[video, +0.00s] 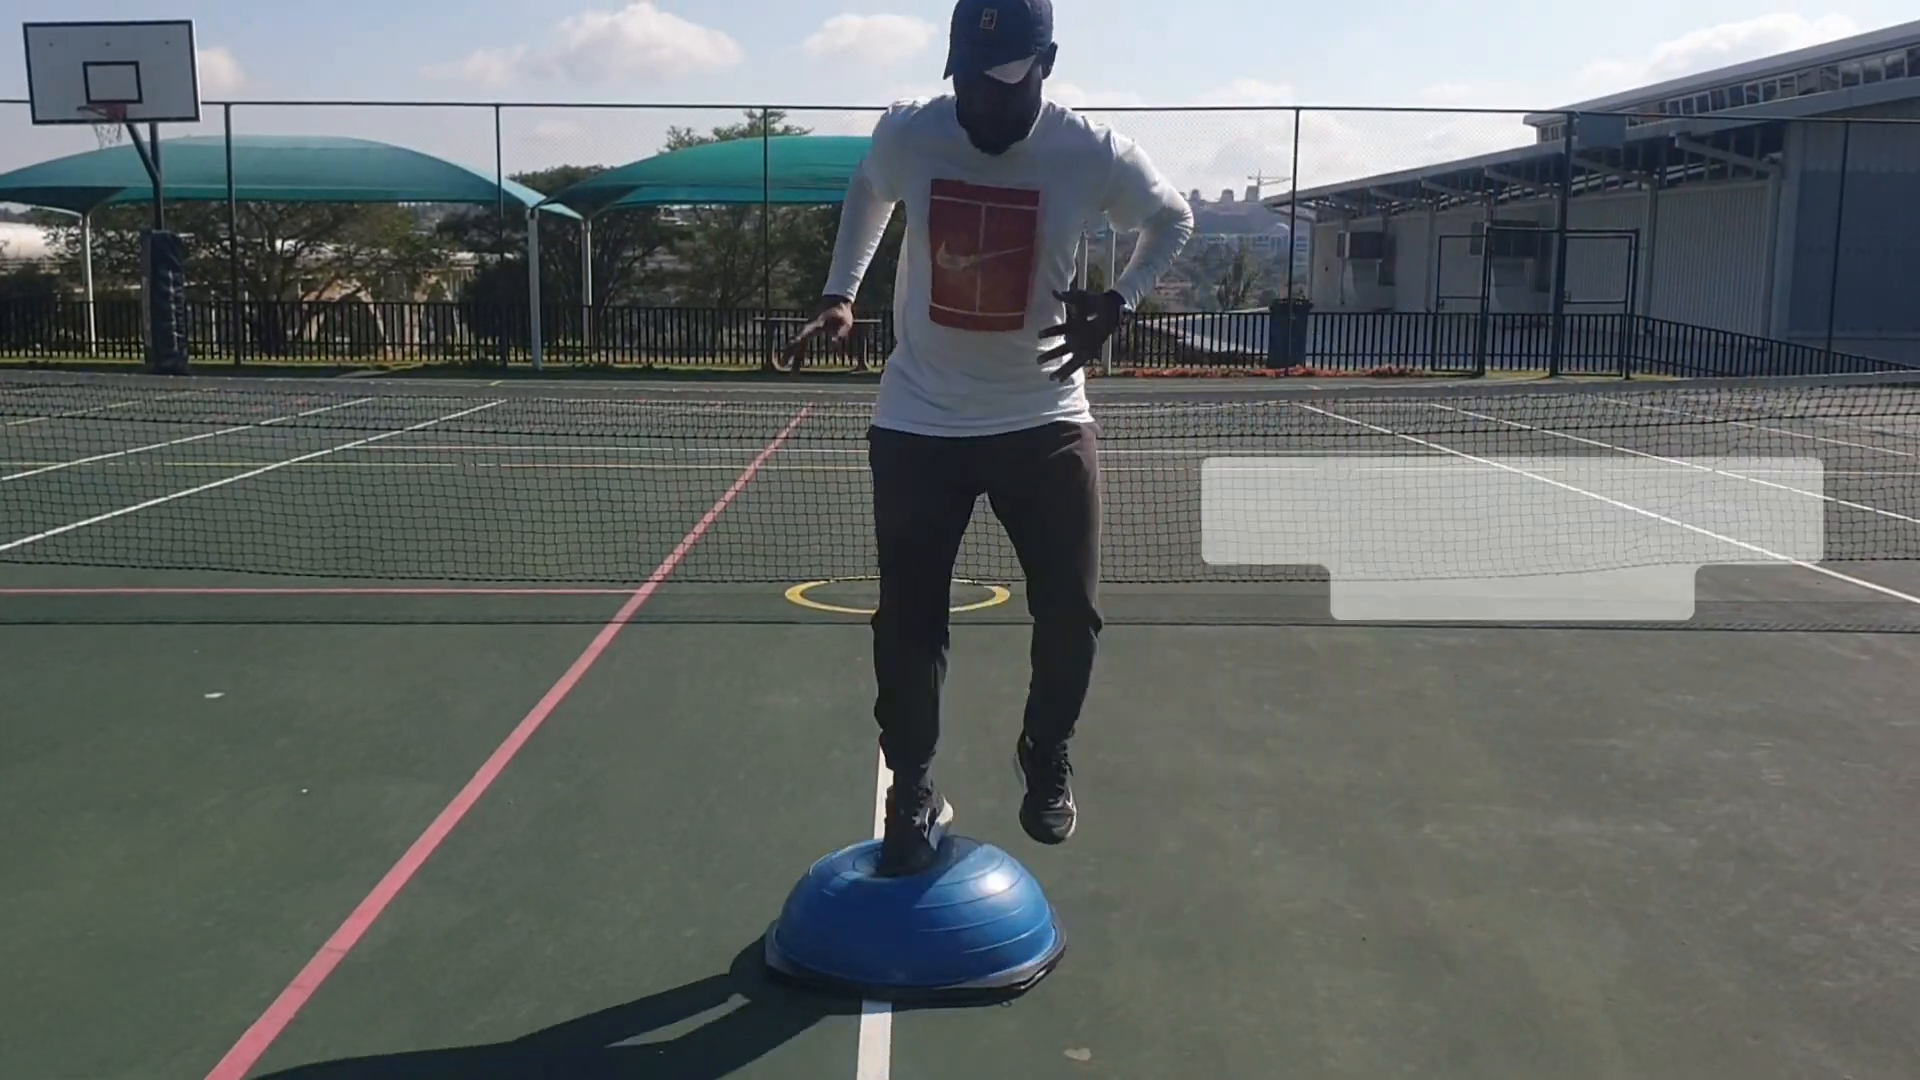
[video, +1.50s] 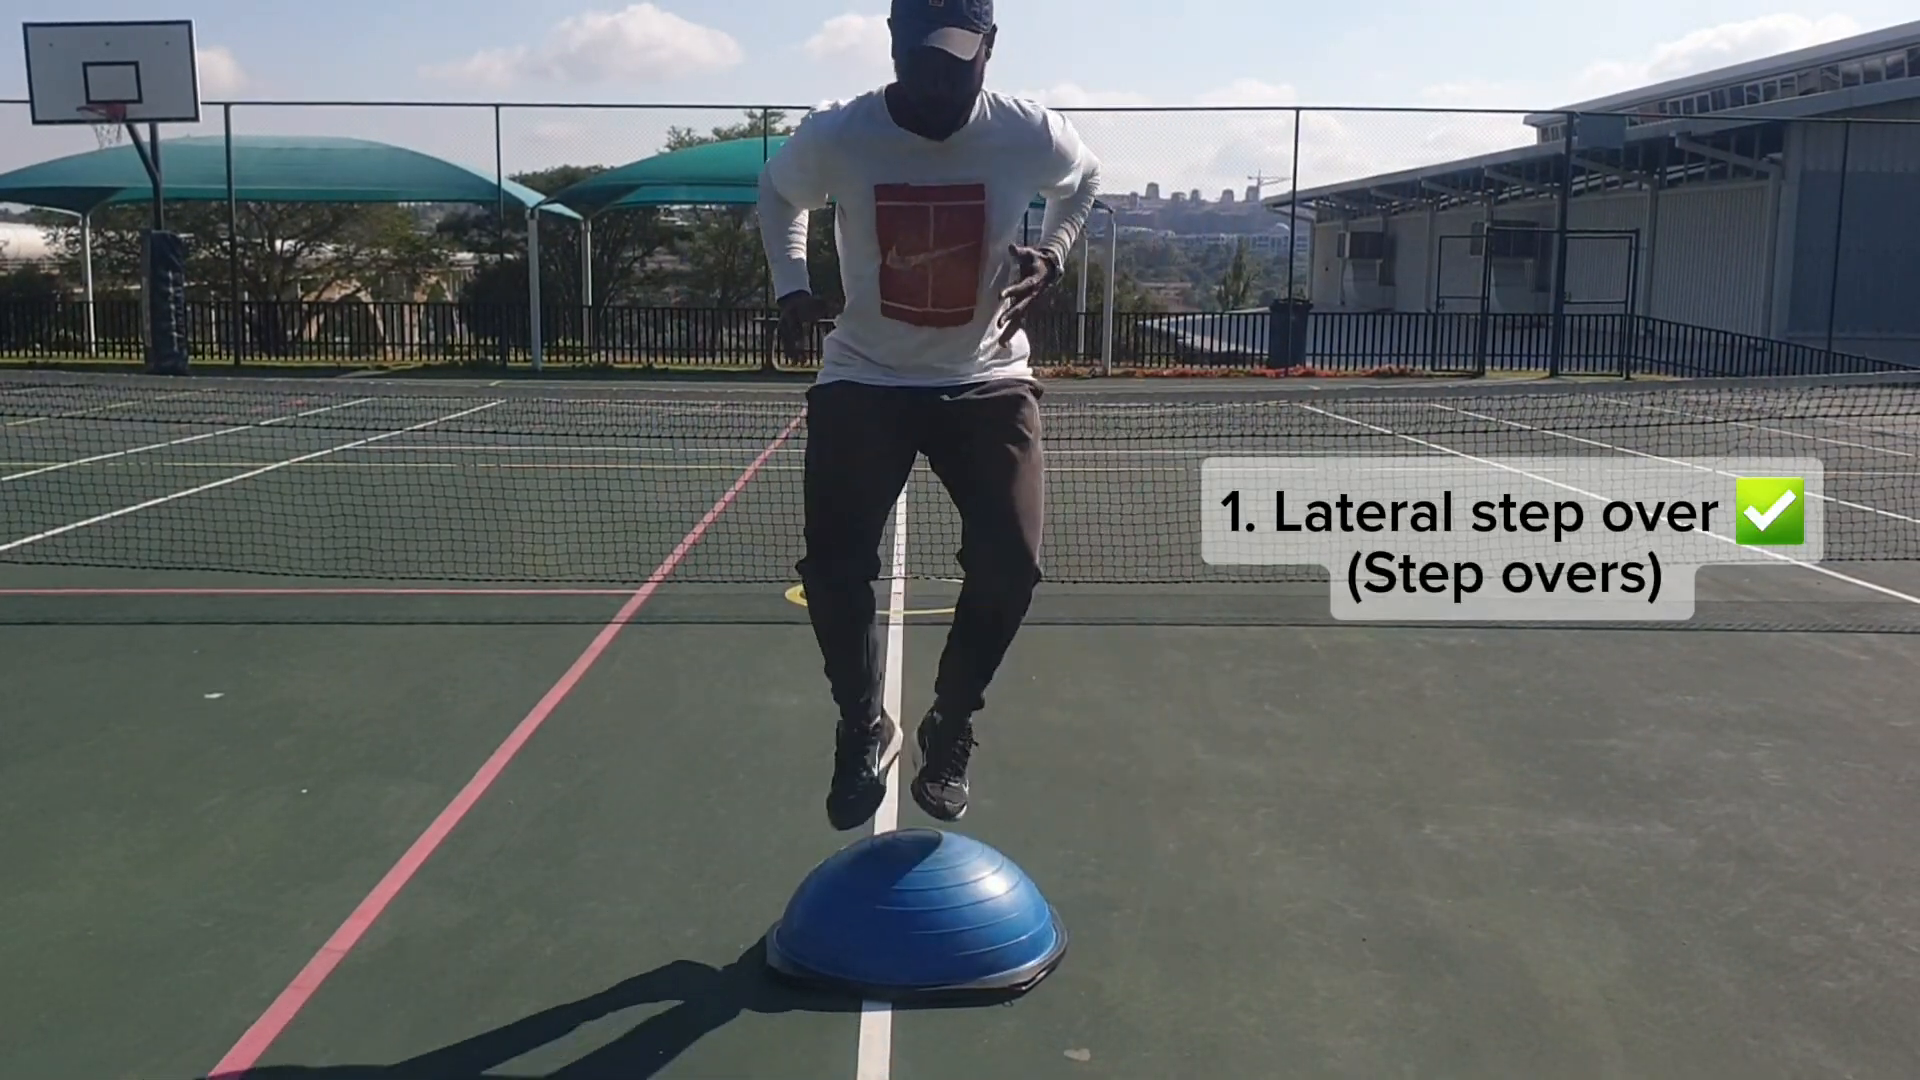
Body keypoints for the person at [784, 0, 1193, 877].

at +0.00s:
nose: (983, 99)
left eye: (1003, 81)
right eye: (971, 80)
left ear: (1041, 66)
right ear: (954, 64)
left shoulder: (1085, 152)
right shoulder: (906, 134)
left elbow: (1173, 218)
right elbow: (871, 194)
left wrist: (1118, 301)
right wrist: (841, 290)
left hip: (1043, 419)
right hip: (919, 419)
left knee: (1070, 608)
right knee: (908, 613)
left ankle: (1048, 761)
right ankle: (912, 795)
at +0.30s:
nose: (866, 172)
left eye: (886, 152)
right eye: (850, 149)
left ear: (916, 141)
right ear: (823, 136)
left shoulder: (961, 226)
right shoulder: (776, 200)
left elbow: (1011, 266)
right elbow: (756, 262)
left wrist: (962, 346)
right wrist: (740, 353)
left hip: (893, 473)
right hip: (771, 473)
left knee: (921, 651)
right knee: (692, 668)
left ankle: (885, 796)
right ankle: (630, 837)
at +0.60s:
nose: (891, 138)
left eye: (907, 119)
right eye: (874, 120)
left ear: (935, 116)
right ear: (844, 117)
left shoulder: (974, 198)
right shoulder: (790, 205)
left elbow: (1063, 243)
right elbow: (686, 297)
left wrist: (1032, 272)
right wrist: (743, 295)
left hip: (920, 471)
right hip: (800, 471)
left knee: (927, 665)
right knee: (732, 662)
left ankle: (891, 834)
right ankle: (678, 818)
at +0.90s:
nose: (1030, 96)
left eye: (1042, 77)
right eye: (1012, 75)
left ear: (1058, 68)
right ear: (970, 61)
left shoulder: (1086, 142)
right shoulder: (904, 160)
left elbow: (1115, 184)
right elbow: (804, 215)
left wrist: (1097, 243)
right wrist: (820, 322)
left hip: (1063, 403)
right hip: (948, 410)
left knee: (1121, 594)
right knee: (968, 600)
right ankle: (963, 793)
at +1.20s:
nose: (1052, 213)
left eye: (1071, 197)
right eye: (1038, 194)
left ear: (1098, 202)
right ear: (1013, 193)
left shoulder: (1138, 287)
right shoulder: (953, 288)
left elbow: (1204, 381)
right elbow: (887, 356)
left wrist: (1158, 401)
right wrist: (895, 416)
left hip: (1101, 505)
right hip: (987, 503)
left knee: (1185, 674)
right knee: (984, 628)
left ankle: (1198, 828)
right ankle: (955, 815)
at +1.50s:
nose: (936, 86)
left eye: (954, 68)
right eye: (922, 66)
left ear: (986, 56)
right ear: (895, 50)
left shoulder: (1035, 140)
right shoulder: (833, 139)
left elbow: (1079, 190)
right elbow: (778, 195)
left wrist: (1052, 254)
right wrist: (792, 285)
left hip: (988, 382)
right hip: (864, 379)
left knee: (1012, 561)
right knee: (833, 566)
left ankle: (950, 727)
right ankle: (861, 724)